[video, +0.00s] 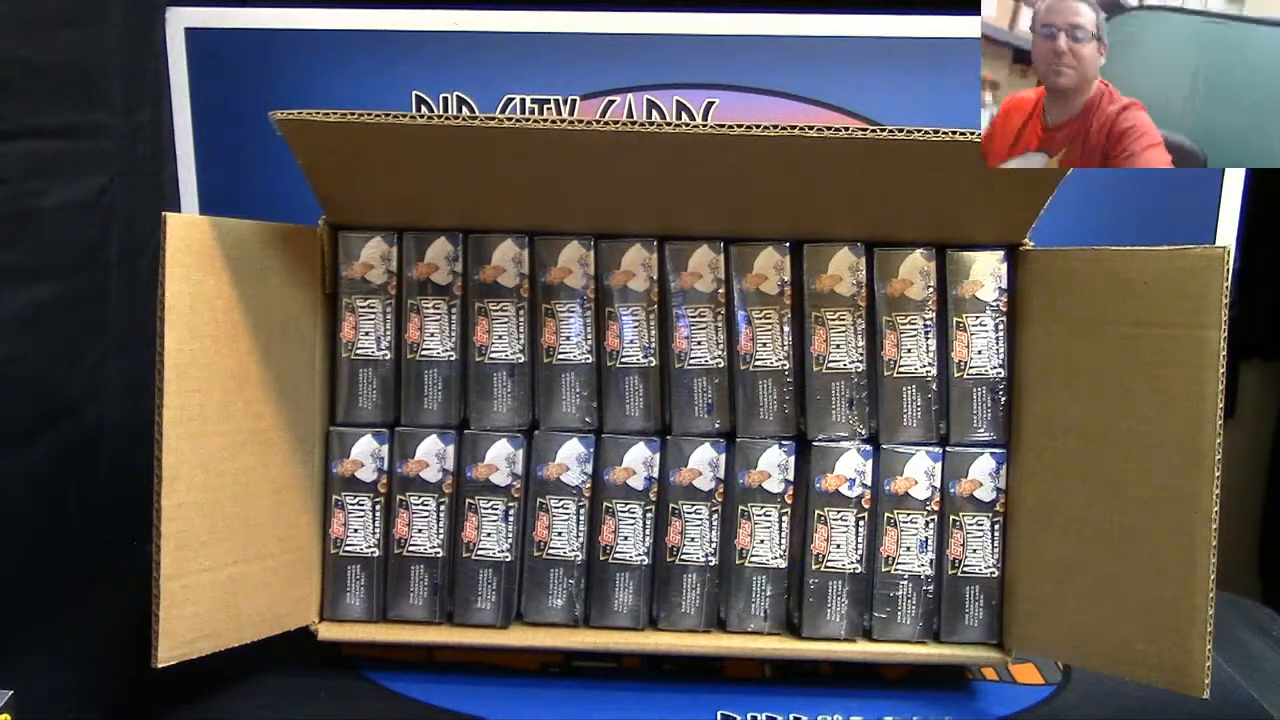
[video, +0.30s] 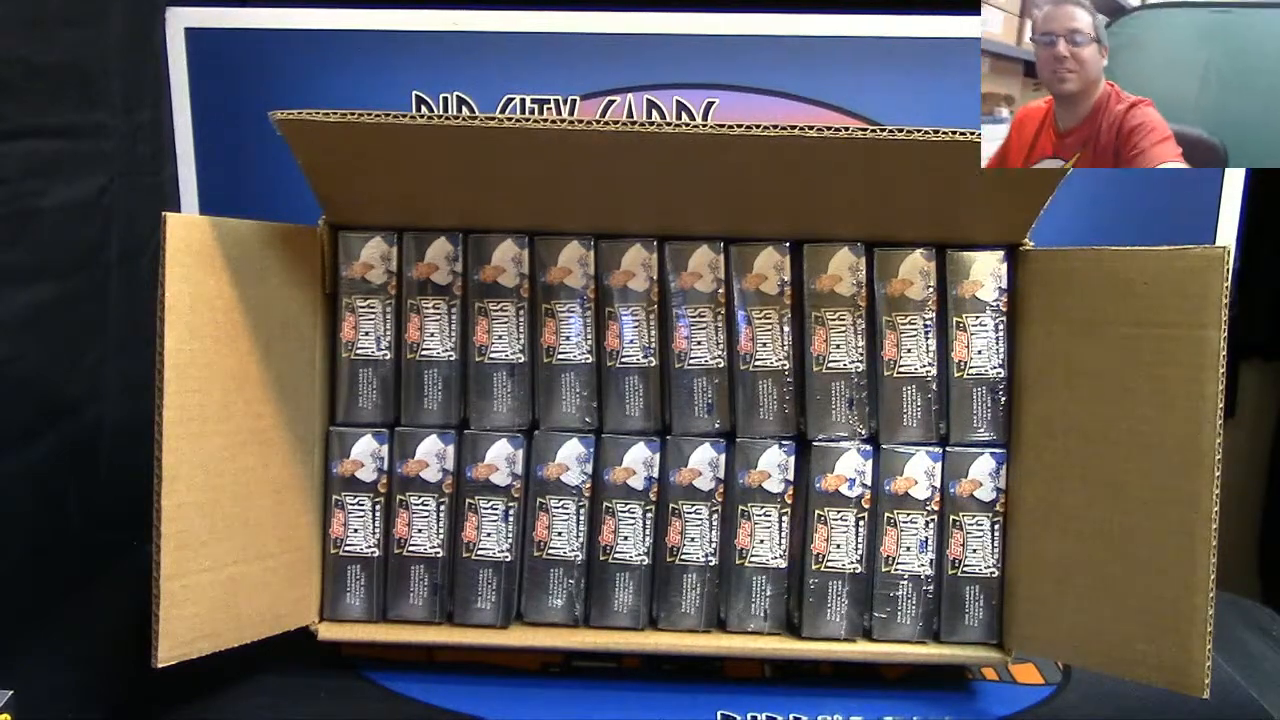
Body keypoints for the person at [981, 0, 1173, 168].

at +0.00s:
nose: (1060, 46)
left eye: (1077, 35)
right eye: (1048, 33)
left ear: (1101, 52)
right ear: (1032, 46)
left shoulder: (1126, 122)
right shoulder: (1013, 111)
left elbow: (1154, 198)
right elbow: (969, 181)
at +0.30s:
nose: (1060, 52)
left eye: (1076, 40)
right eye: (1048, 41)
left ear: (1103, 53)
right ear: (1034, 53)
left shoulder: (1136, 119)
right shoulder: (1027, 119)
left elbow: (1171, 192)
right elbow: (987, 187)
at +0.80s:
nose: (1069, 46)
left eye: (1083, 34)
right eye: (1057, 37)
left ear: (1112, 47)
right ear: (1047, 52)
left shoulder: (1145, 106)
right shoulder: (1048, 115)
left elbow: (1181, 172)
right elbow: (1015, 183)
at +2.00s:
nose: (1063, 48)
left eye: (1079, 38)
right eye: (1059, 42)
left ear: (1116, 54)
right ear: (1055, 53)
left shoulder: (1147, 109)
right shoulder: (1059, 123)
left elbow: (1172, 161)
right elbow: (1028, 184)